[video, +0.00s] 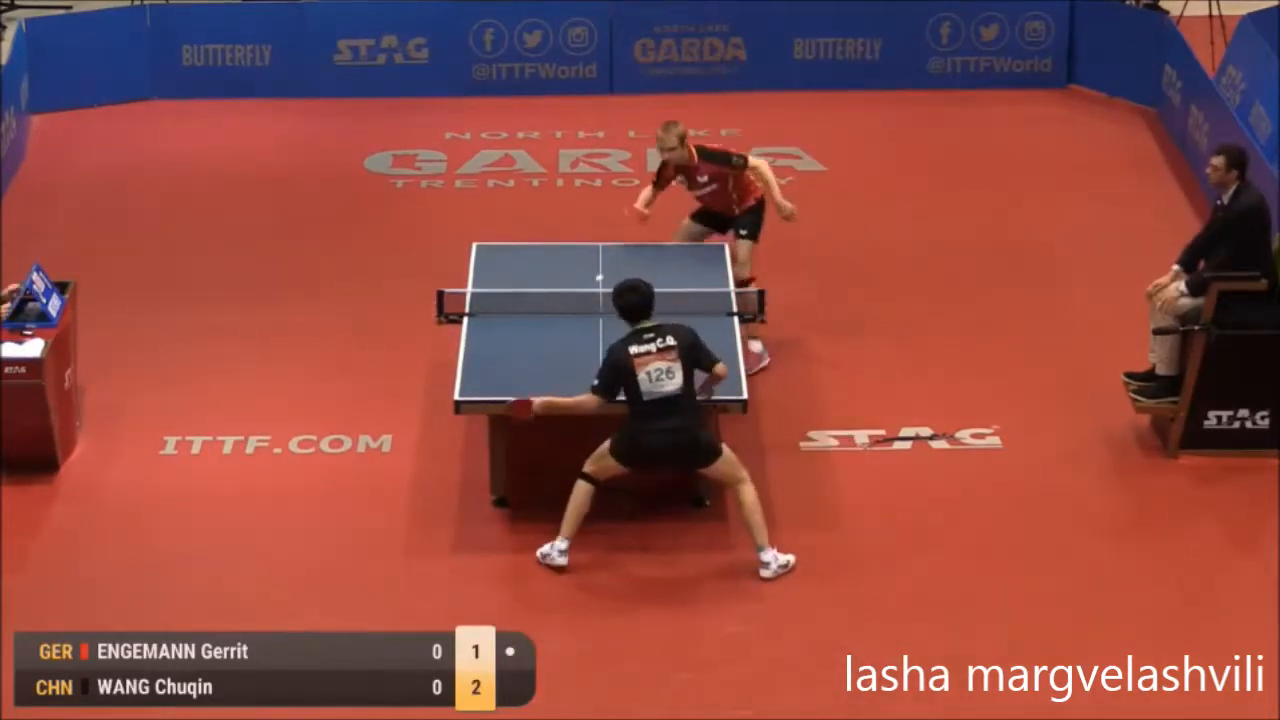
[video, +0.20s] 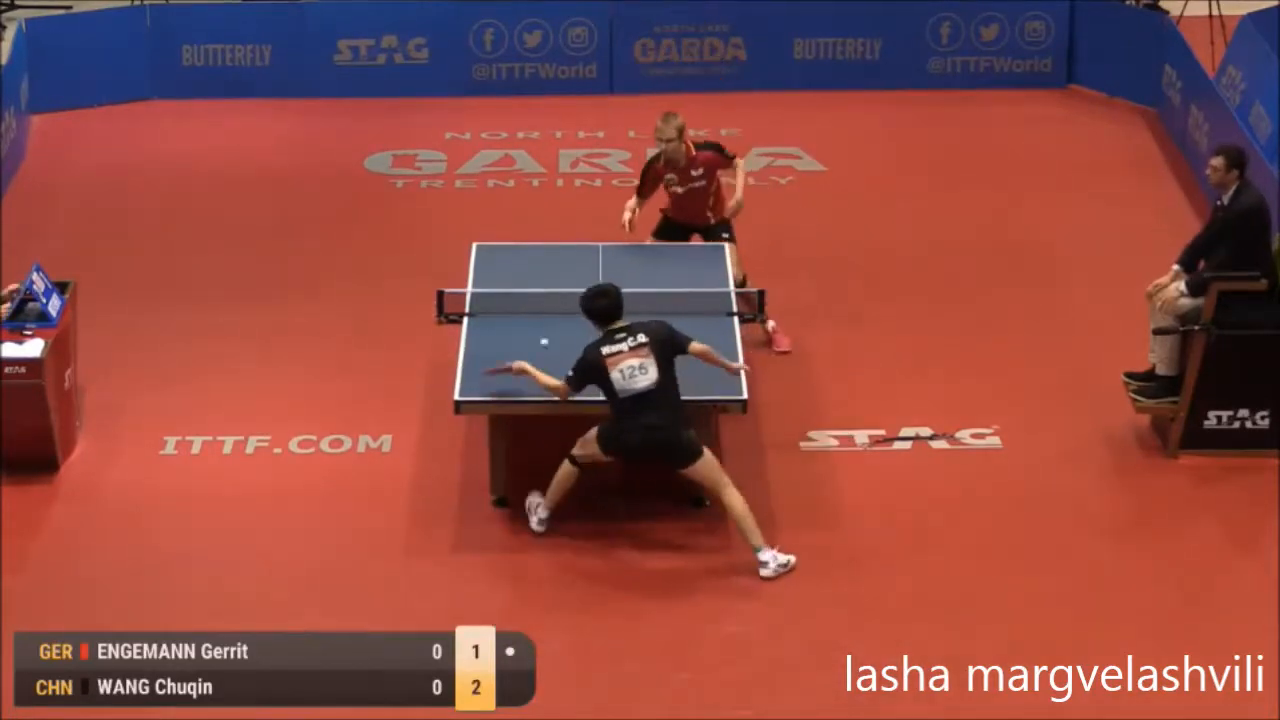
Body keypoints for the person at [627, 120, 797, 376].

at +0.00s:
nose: (665, 157)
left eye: (669, 150)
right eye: (662, 151)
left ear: (684, 146)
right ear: (659, 148)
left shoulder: (712, 159)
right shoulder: (670, 166)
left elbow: (759, 165)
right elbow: (654, 188)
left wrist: (778, 201)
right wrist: (641, 205)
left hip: (746, 207)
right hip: (714, 208)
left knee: (740, 267)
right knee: (678, 247)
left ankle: (753, 343)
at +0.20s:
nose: (663, 147)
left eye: (669, 141)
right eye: (660, 141)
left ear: (683, 139)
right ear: (656, 140)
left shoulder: (708, 153)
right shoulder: (656, 164)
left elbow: (738, 163)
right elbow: (641, 195)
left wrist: (738, 196)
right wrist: (631, 208)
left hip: (713, 220)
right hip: (676, 219)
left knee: (733, 276)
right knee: (649, 264)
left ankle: (768, 326)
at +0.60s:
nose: (663, 144)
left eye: (668, 138)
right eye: (659, 138)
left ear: (682, 136)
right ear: (655, 138)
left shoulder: (703, 153)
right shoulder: (665, 162)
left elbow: (737, 190)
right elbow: (673, 192)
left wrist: (698, 196)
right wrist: (651, 218)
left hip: (734, 212)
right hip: (698, 215)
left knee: (771, 268)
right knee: (665, 257)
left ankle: (799, 313)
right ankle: (670, 319)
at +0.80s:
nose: (684, 156)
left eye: (688, 150)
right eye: (681, 150)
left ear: (705, 146)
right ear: (683, 149)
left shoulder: (713, 168)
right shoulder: (725, 160)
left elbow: (692, 209)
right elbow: (766, 181)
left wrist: (686, 241)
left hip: (778, 231)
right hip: (751, 229)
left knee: (800, 304)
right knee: (701, 248)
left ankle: (869, 314)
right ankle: (712, 310)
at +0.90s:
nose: (724, 163)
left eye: (728, 157)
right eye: (722, 158)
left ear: (746, 155)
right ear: (746, 156)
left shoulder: (749, 177)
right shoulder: (765, 172)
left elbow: (738, 204)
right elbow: (797, 200)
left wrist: (738, 243)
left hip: (798, 253)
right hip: (780, 251)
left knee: (828, 320)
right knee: (724, 251)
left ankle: (895, 340)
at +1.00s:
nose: (753, 159)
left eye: (755, 153)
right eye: (752, 154)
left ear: (767, 150)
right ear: (769, 151)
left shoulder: (791, 167)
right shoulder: (778, 175)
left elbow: (816, 189)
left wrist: (786, 211)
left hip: (809, 257)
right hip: (781, 253)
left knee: (835, 323)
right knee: (727, 257)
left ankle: (899, 340)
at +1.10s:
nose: (784, 145)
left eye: (786, 139)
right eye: (783, 140)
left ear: (799, 136)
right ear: (793, 138)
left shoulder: (832, 160)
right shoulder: (788, 164)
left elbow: (858, 195)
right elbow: (748, 158)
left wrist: (831, 177)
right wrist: (755, 124)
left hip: (818, 249)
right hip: (785, 244)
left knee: (843, 309)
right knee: (726, 268)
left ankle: (900, 340)